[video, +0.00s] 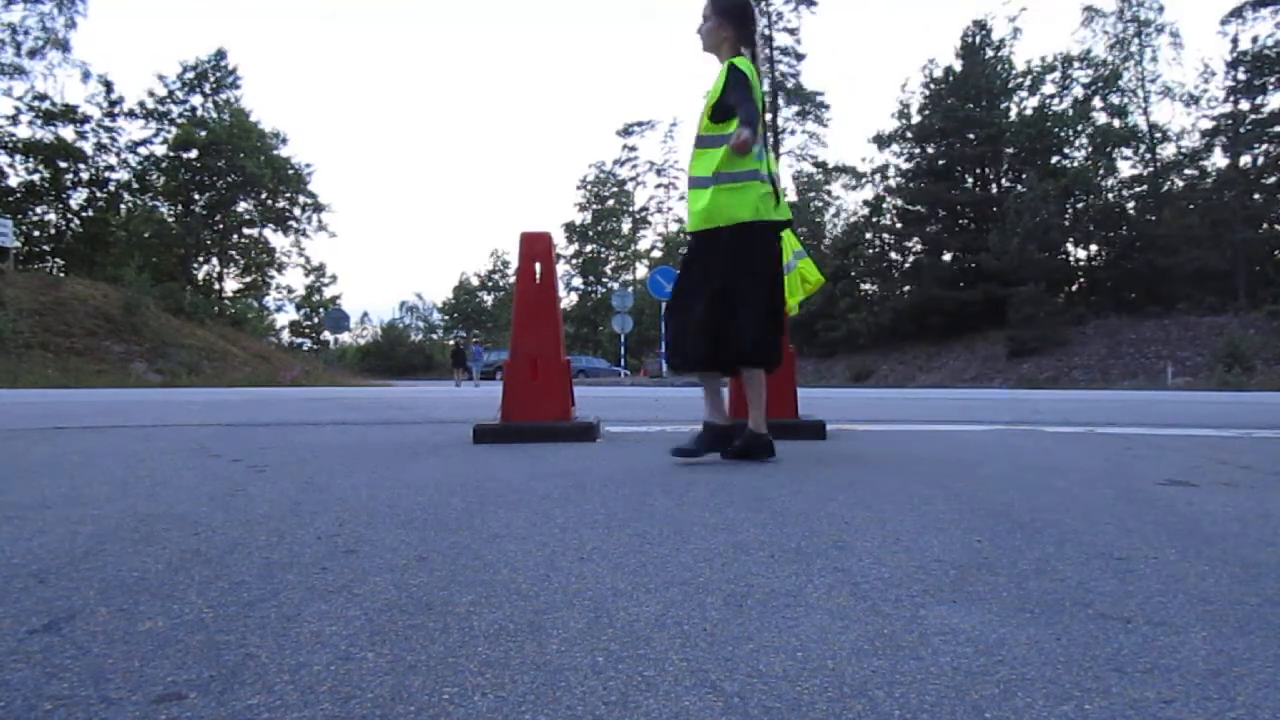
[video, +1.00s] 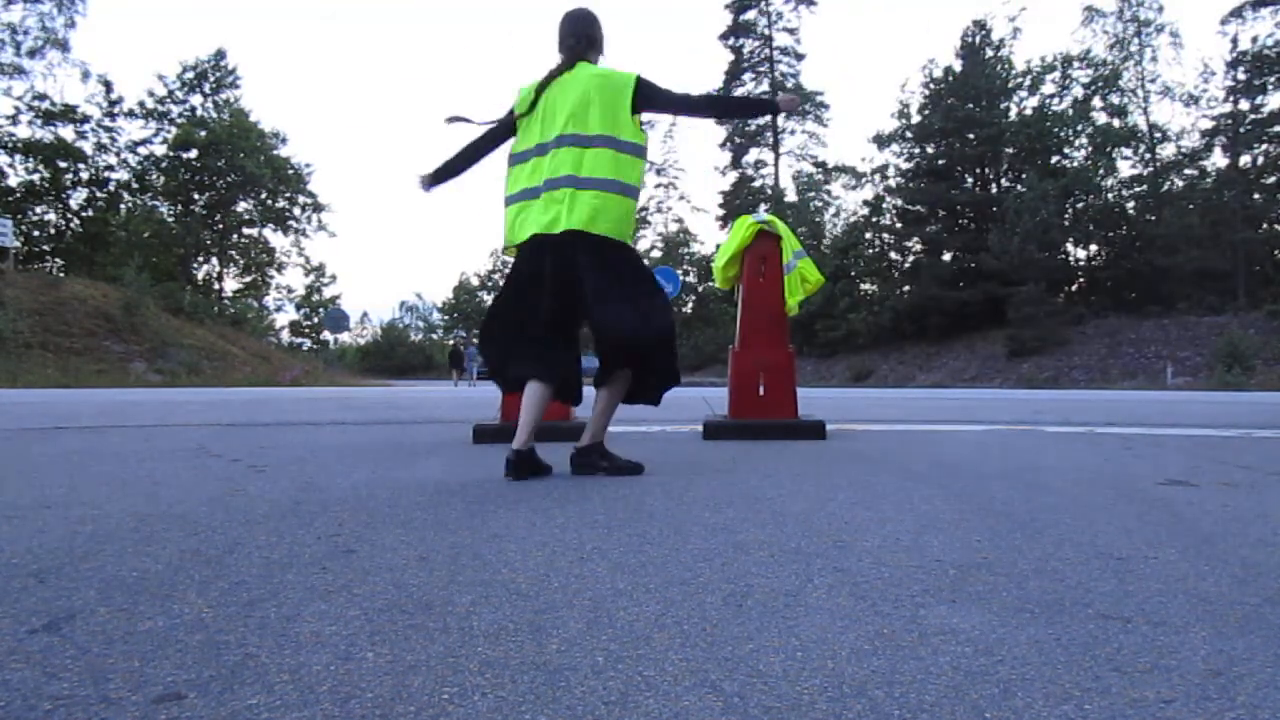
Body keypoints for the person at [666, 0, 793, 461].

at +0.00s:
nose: (699, 29)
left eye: (705, 20)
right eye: (701, 21)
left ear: (726, 26)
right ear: (734, 29)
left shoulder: (735, 69)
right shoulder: (742, 75)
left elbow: (749, 107)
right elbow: (755, 149)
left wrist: (746, 130)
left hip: (728, 227)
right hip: (750, 226)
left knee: (697, 319)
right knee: (750, 326)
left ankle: (716, 422)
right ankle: (757, 432)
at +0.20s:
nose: (665, 28)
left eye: (674, 20)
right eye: (667, 20)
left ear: (699, 30)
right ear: (692, 33)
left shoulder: (716, 79)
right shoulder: (672, 92)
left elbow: (762, 107)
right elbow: (638, 129)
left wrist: (806, 105)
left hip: (695, 231)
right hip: (683, 230)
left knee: (653, 330)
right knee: (715, 329)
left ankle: (628, 435)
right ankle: (751, 423)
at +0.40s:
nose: (655, 37)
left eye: (666, 32)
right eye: (649, 30)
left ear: (682, 49)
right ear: (641, 44)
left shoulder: (698, 104)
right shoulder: (613, 105)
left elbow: (747, 162)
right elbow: (552, 140)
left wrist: (807, 189)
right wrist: (484, 148)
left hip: (670, 243)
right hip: (620, 240)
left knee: (627, 332)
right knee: (582, 327)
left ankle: (623, 437)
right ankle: (642, 395)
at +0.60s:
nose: (667, 13)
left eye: (669, 8)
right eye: (659, 4)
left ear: (664, 20)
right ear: (631, 7)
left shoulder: (669, 78)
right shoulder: (596, 54)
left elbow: (711, 122)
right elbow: (537, 58)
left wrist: (765, 122)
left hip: (647, 214)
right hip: (591, 207)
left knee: (635, 320)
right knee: (596, 312)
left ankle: (616, 425)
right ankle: (586, 416)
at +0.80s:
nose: (651, 22)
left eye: (651, 15)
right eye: (647, 14)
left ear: (618, 14)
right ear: (625, 11)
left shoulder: (610, 68)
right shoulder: (603, 46)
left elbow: (597, 140)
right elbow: (619, 54)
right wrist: (668, 22)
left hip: (585, 200)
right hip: (591, 197)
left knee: (590, 315)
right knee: (618, 315)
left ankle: (539, 414)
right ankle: (598, 431)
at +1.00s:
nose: (602, 49)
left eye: (591, 43)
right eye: (602, 43)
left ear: (559, 46)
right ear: (599, 45)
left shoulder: (533, 98)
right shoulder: (619, 85)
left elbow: (483, 143)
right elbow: (698, 105)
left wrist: (436, 176)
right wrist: (772, 103)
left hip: (538, 239)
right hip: (597, 237)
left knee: (550, 341)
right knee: (634, 335)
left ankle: (520, 449)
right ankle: (592, 445)